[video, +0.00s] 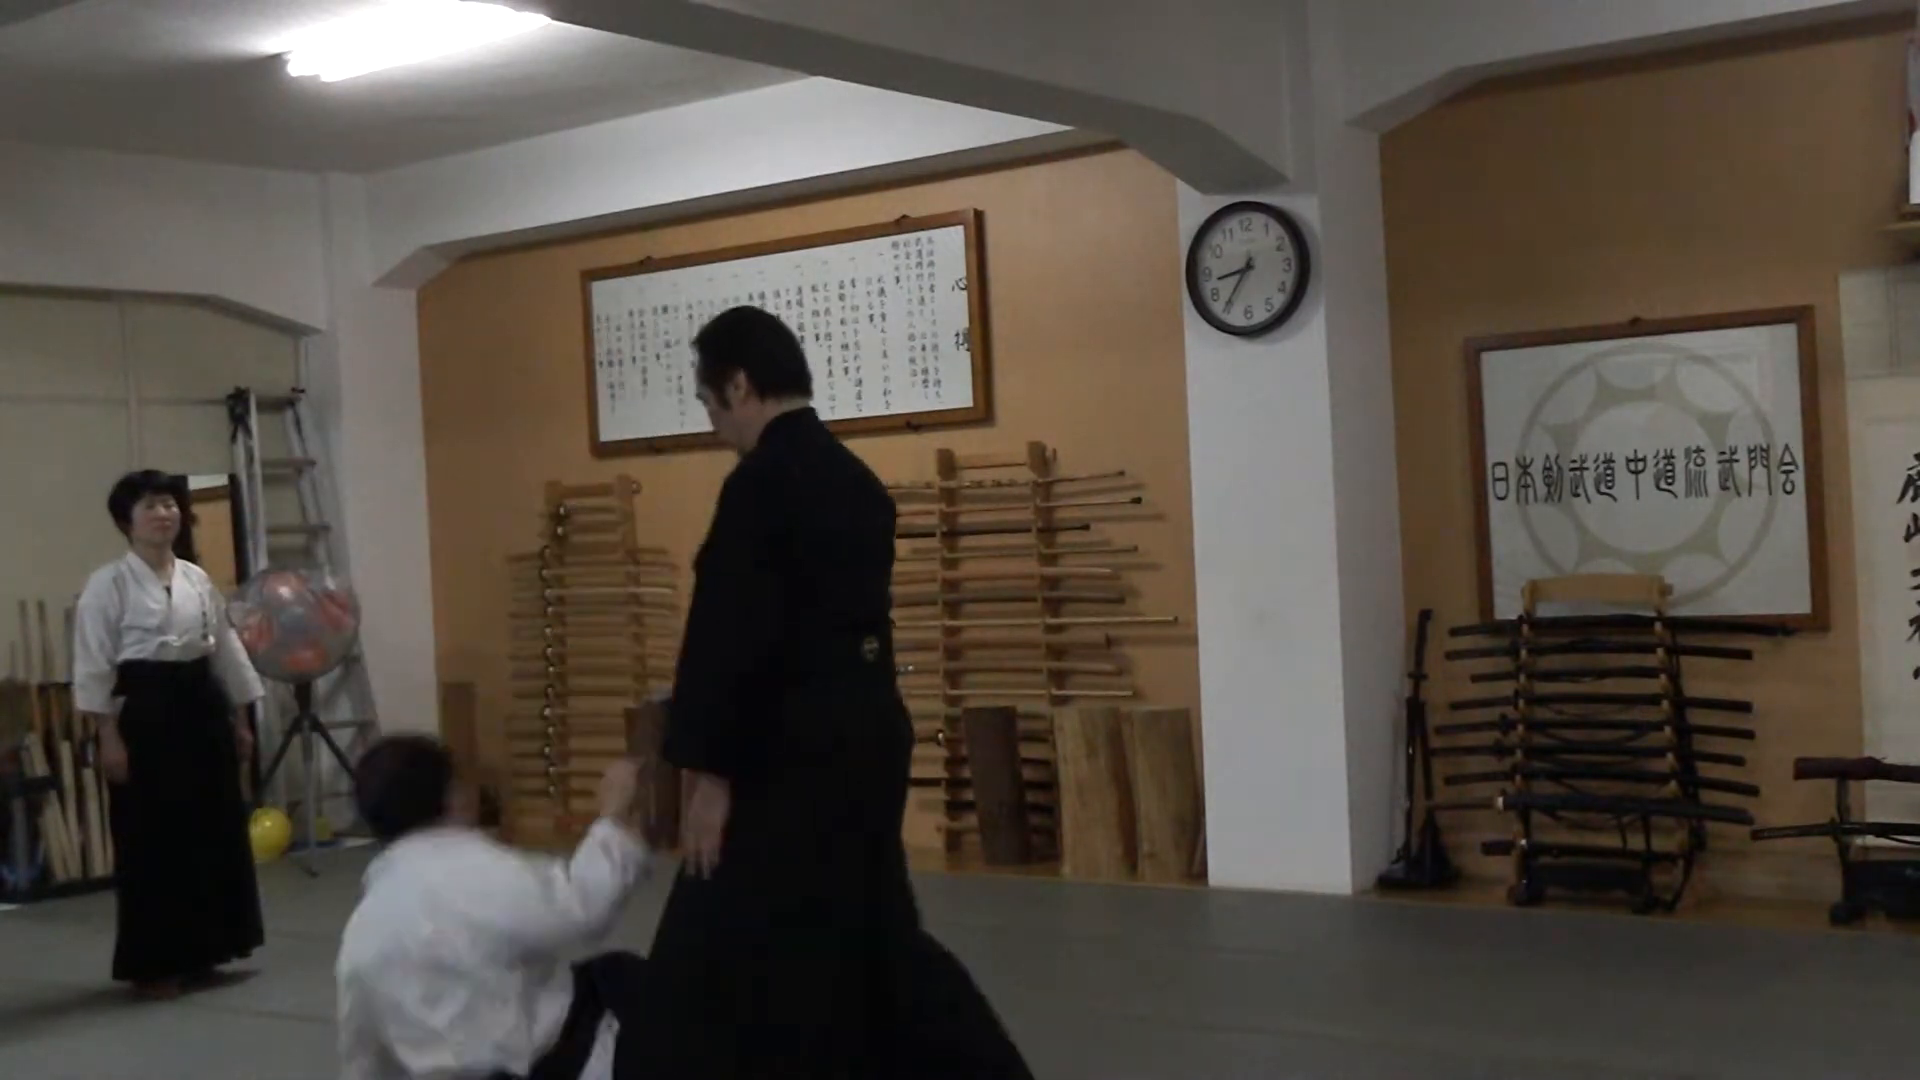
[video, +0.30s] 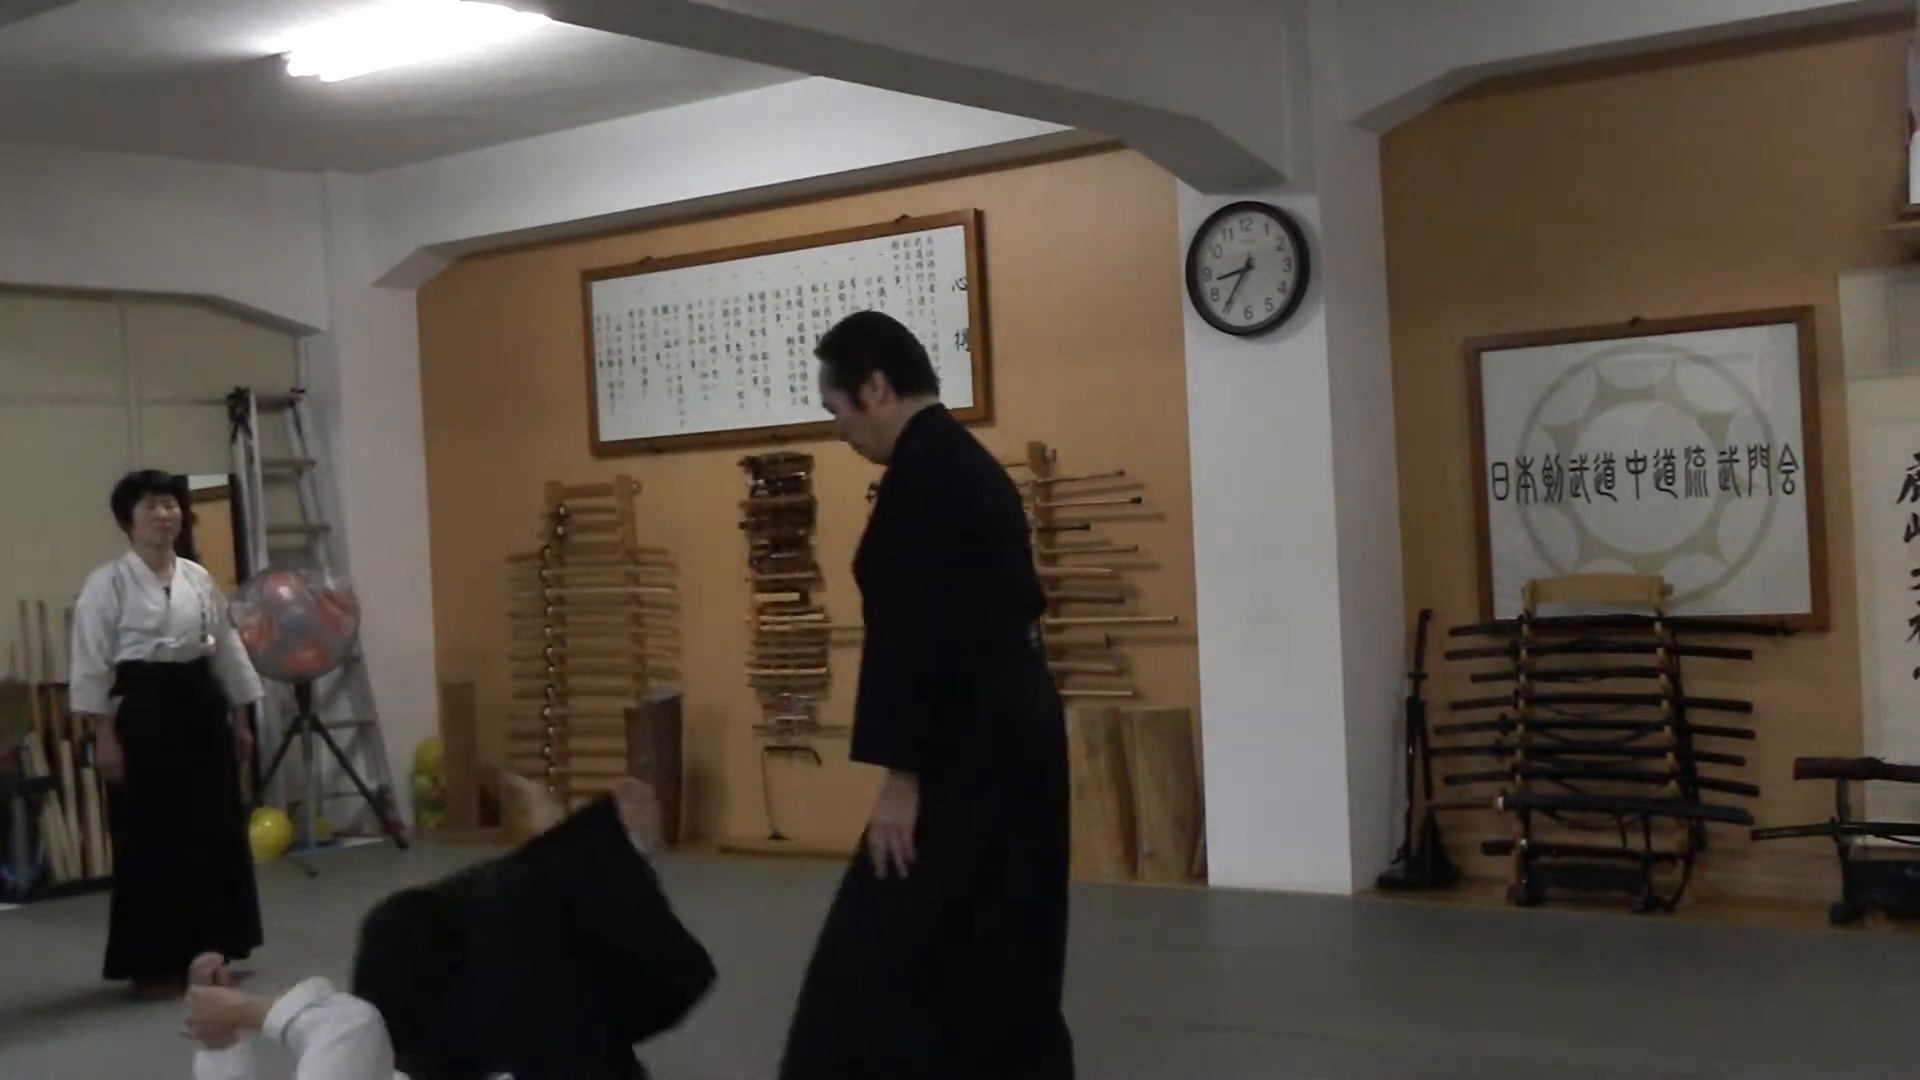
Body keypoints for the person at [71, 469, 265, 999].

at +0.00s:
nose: (162, 512)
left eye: (169, 504)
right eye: (149, 506)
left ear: (181, 516)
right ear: (126, 520)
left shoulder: (196, 579)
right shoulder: (107, 585)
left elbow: (225, 647)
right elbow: (93, 665)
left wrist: (243, 715)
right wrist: (107, 735)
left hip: (200, 706)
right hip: (144, 710)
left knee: (206, 826)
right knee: (151, 833)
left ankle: (200, 955)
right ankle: (150, 965)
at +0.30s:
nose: (163, 513)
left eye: (170, 505)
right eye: (151, 506)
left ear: (182, 515)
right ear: (128, 519)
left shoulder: (197, 578)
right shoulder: (106, 584)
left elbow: (226, 647)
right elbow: (91, 662)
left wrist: (243, 715)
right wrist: (103, 733)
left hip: (201, 707)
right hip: (143, 711)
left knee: (212, 827)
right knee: (151, 833)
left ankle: (214, 956)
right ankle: (153, 964)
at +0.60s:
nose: (165, 515)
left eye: (173, 506)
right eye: (152, 507)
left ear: (183, 515)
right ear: (130, 519)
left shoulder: (200, 578)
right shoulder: (107, 583)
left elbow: (227, 651)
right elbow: (89, 662)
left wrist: (244, 720)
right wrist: (101, 733)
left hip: (201, 706)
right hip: (142, 710)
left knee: (210, 827)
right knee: (147, 832)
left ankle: (214, 959)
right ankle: (150, 964)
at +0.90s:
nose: (165, 515)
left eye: (172, 506)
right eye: (152, 507)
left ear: (182, 516)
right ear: (129, 519)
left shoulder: (199, 578)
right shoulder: (106, 583)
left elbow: (226, 651)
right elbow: (88, 662)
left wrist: (241, 718)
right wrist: (99, 734)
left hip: (198, 706)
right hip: (140, 710)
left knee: (211, 825)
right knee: (146, 832)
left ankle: (216, 955)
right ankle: (151, 962)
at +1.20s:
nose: (155, 517)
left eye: (162, 508)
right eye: (143, 508)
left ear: (174, 519)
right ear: (121, 518)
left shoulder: (193, 578)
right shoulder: (98, 582)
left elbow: (220, 650)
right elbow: (82, 663)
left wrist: (235, 721)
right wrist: (84, 742)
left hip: (189, 705)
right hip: (129, 710)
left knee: (204, 824)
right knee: (140, 830)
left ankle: (211, 951)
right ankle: (148, 957)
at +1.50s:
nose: (137, 524)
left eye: (145, 515)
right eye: (126, 515)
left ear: (156, 524)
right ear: (102, 524)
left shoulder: (175, 580)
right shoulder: (85, 585)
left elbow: (203, 648)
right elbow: (76, 661)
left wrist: (219, 715)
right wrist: (77, 732)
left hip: (173, 697)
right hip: (115, 703)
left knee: (190, 808)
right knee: (130, 813)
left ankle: (199, 918)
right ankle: (137, 918)